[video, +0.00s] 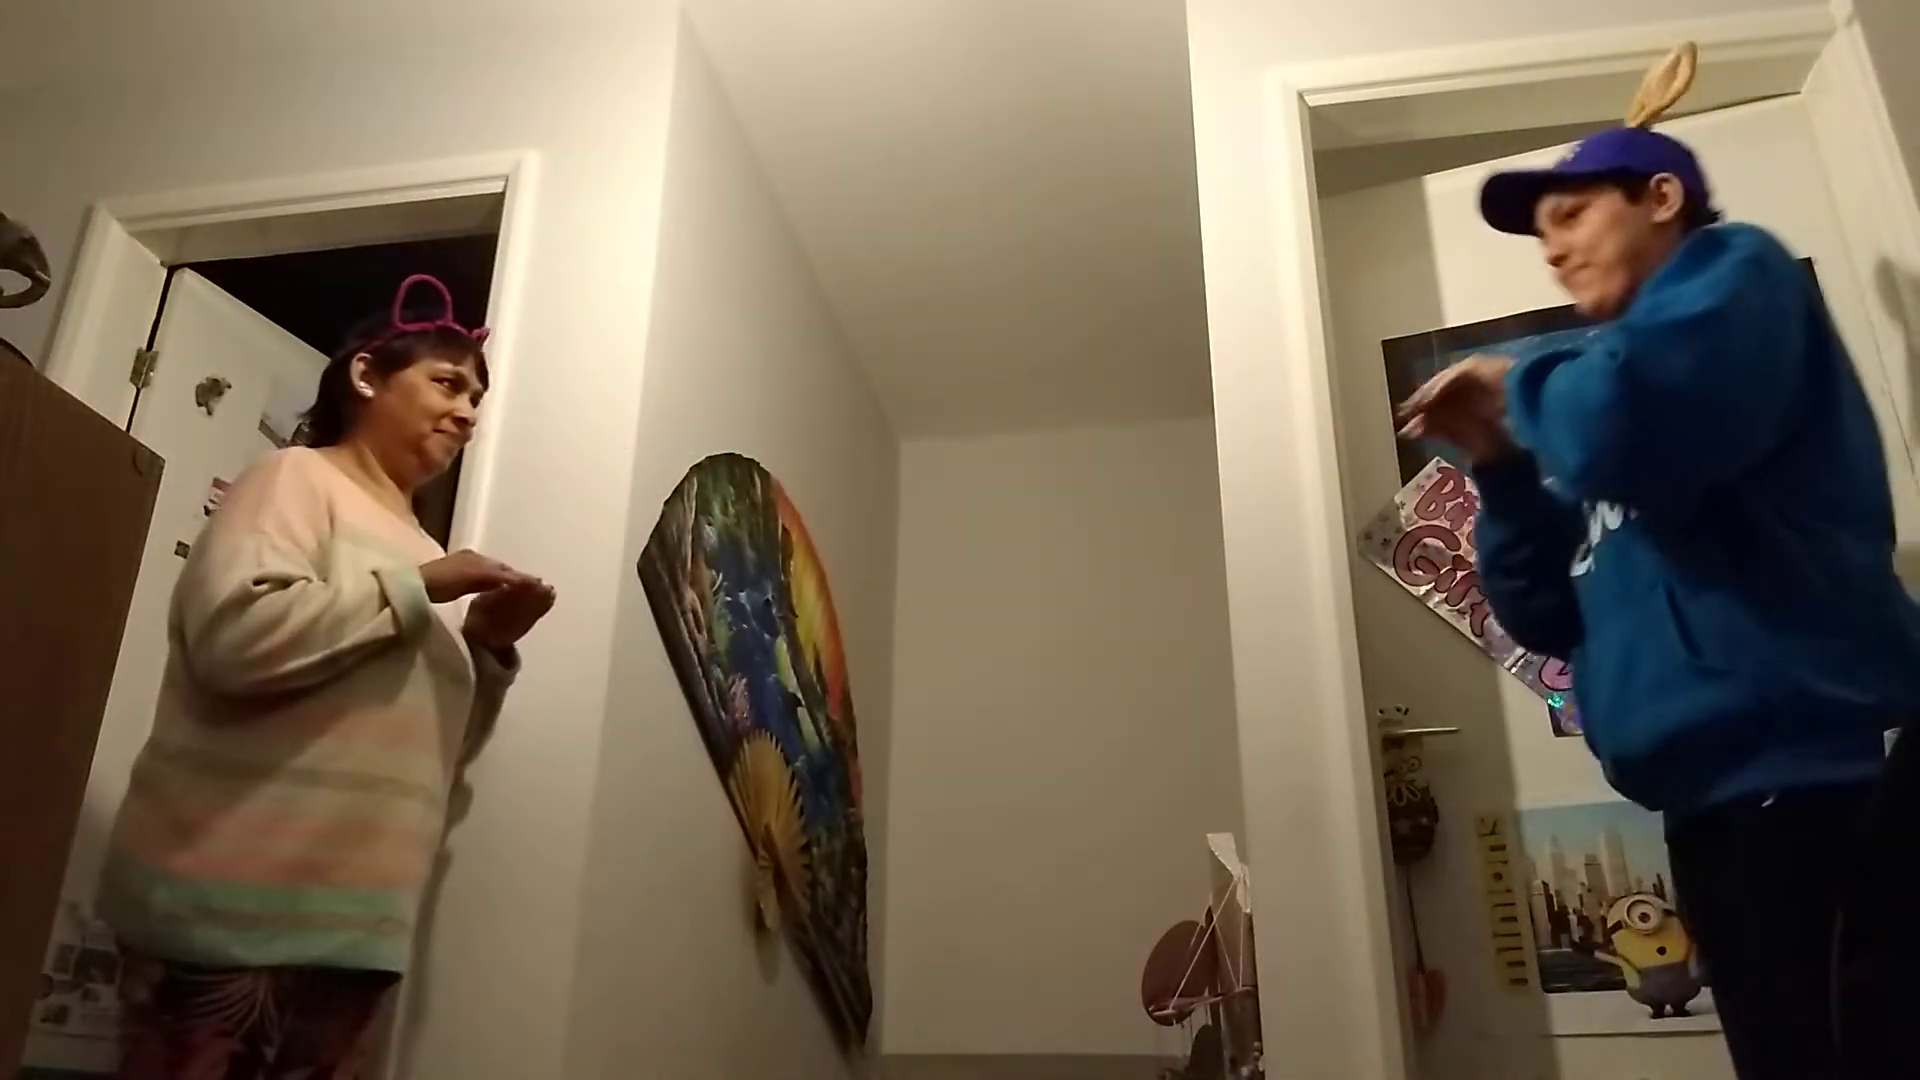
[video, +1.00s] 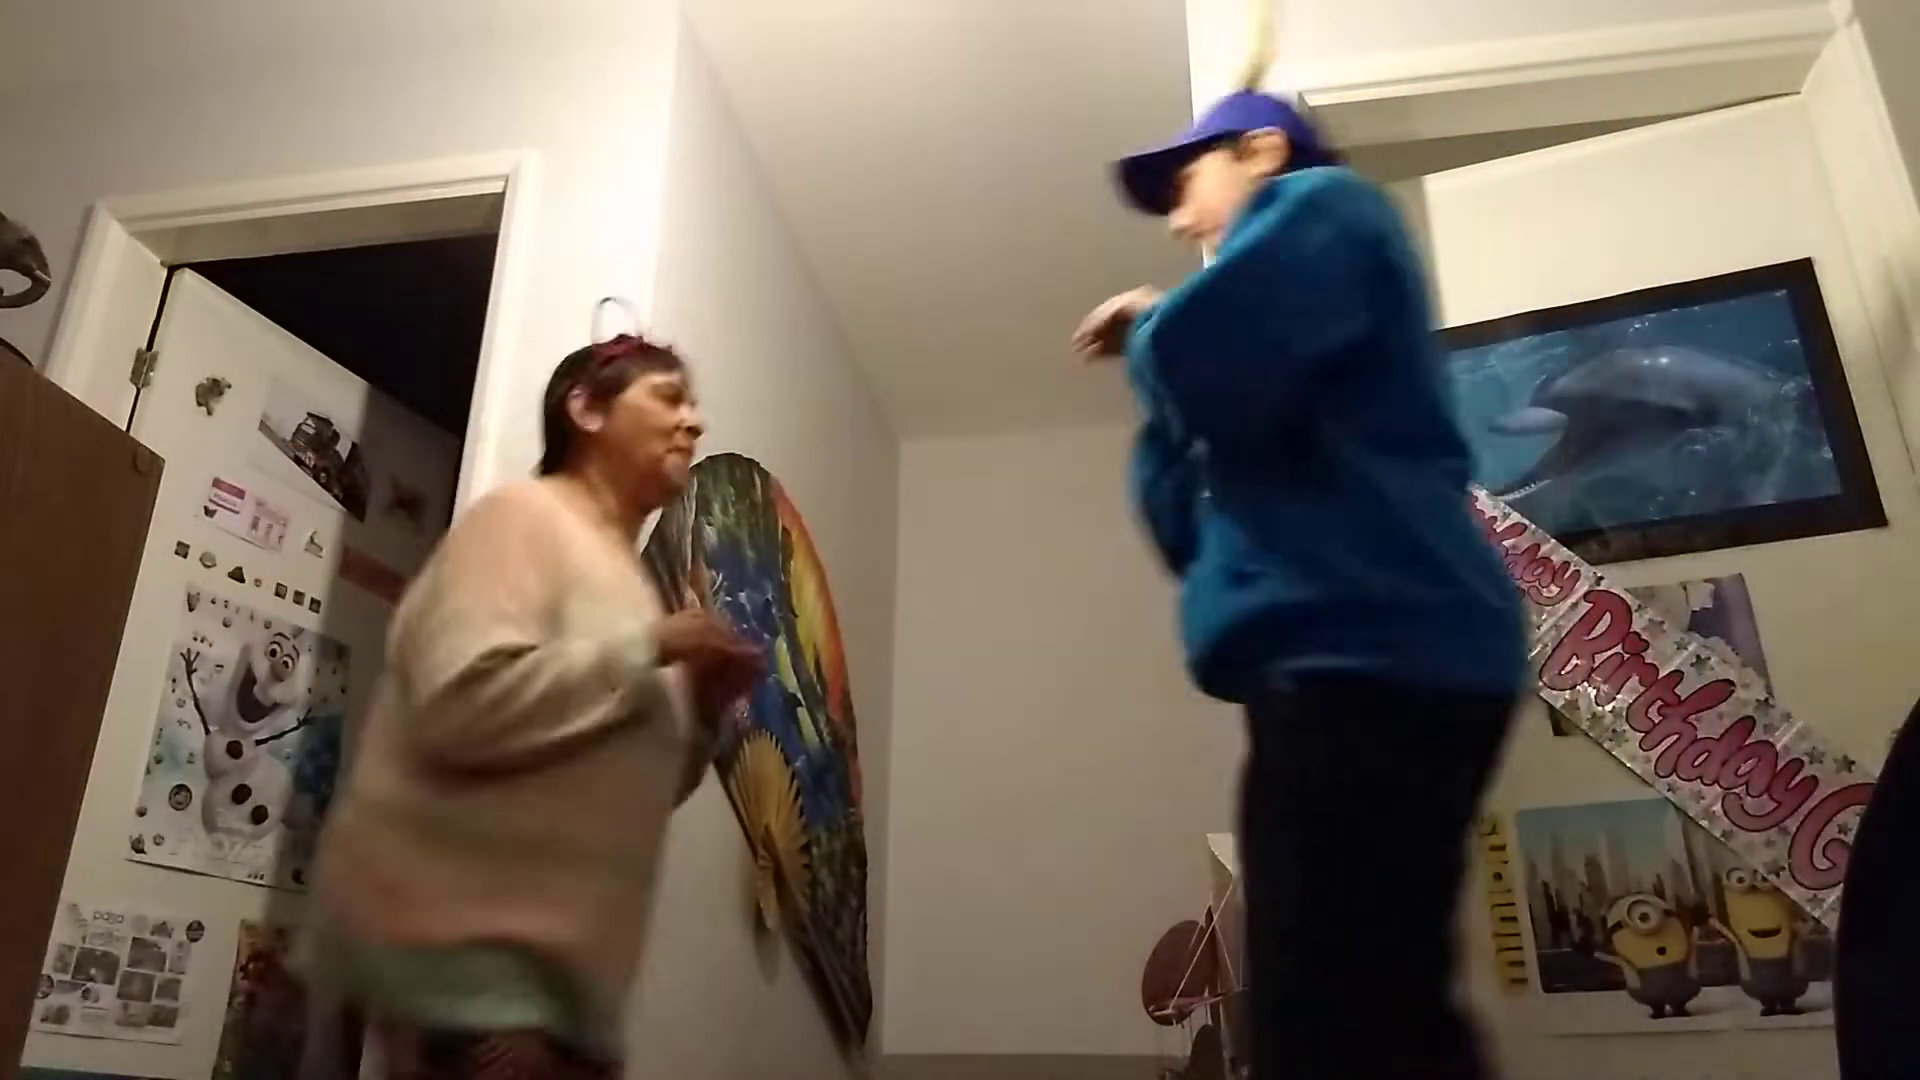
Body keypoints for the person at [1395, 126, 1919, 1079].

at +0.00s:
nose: (1553, 247)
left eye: (1573, 214)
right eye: (1544, 231)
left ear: (1661, 200)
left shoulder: (1736, 273)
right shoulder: (1635, 364)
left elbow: (1630, 423)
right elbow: (1547, 615)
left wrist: (1517, 382)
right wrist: (1502, 473)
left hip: (1818, 788)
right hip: (1721, 809)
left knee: (1835, 1051)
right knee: (1782, 1054)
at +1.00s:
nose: (1176, 214)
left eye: (1189, 179)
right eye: (1172, 194)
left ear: (1262, 151)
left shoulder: (1328, 209)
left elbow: (1206, 352)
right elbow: (1182, 531)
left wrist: (1147, 313)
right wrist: (1170, 362)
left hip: (1385, 655)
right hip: (1313, 669)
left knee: (1337, 1000)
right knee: (1328, 1002)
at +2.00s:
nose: (1036, 277)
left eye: (1039, 261)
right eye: (1038, 264)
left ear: (1070, 246)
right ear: (1172, 247)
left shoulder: (1028, 317)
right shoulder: (1278, 371)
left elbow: (957, 528)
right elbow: (1308, 539)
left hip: (1065, 749)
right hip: (1278, 751)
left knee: (1080, 1046)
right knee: (1280, 1047)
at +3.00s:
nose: (1031, 309)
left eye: (1034, 296)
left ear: (1051, 296)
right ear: (1164, 277)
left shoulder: (1009, 373)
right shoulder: (1266, 378)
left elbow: (940, 547)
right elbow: (1295, 572)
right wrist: (1242, 684)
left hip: (979, 759)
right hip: (1220, 765)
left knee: (1002, 1049)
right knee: (1213, 1049)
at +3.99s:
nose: (1395, 188)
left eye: (1397, 170)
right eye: (1366, 165)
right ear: (1289, 178)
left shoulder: (1247, 287)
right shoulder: (1348, 258)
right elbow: (1449, 441)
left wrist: (1516, 403)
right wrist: (1530, 379)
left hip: (1230, 718)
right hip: (1336, 706)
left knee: (1358, 1033)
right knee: (1438, 1031)